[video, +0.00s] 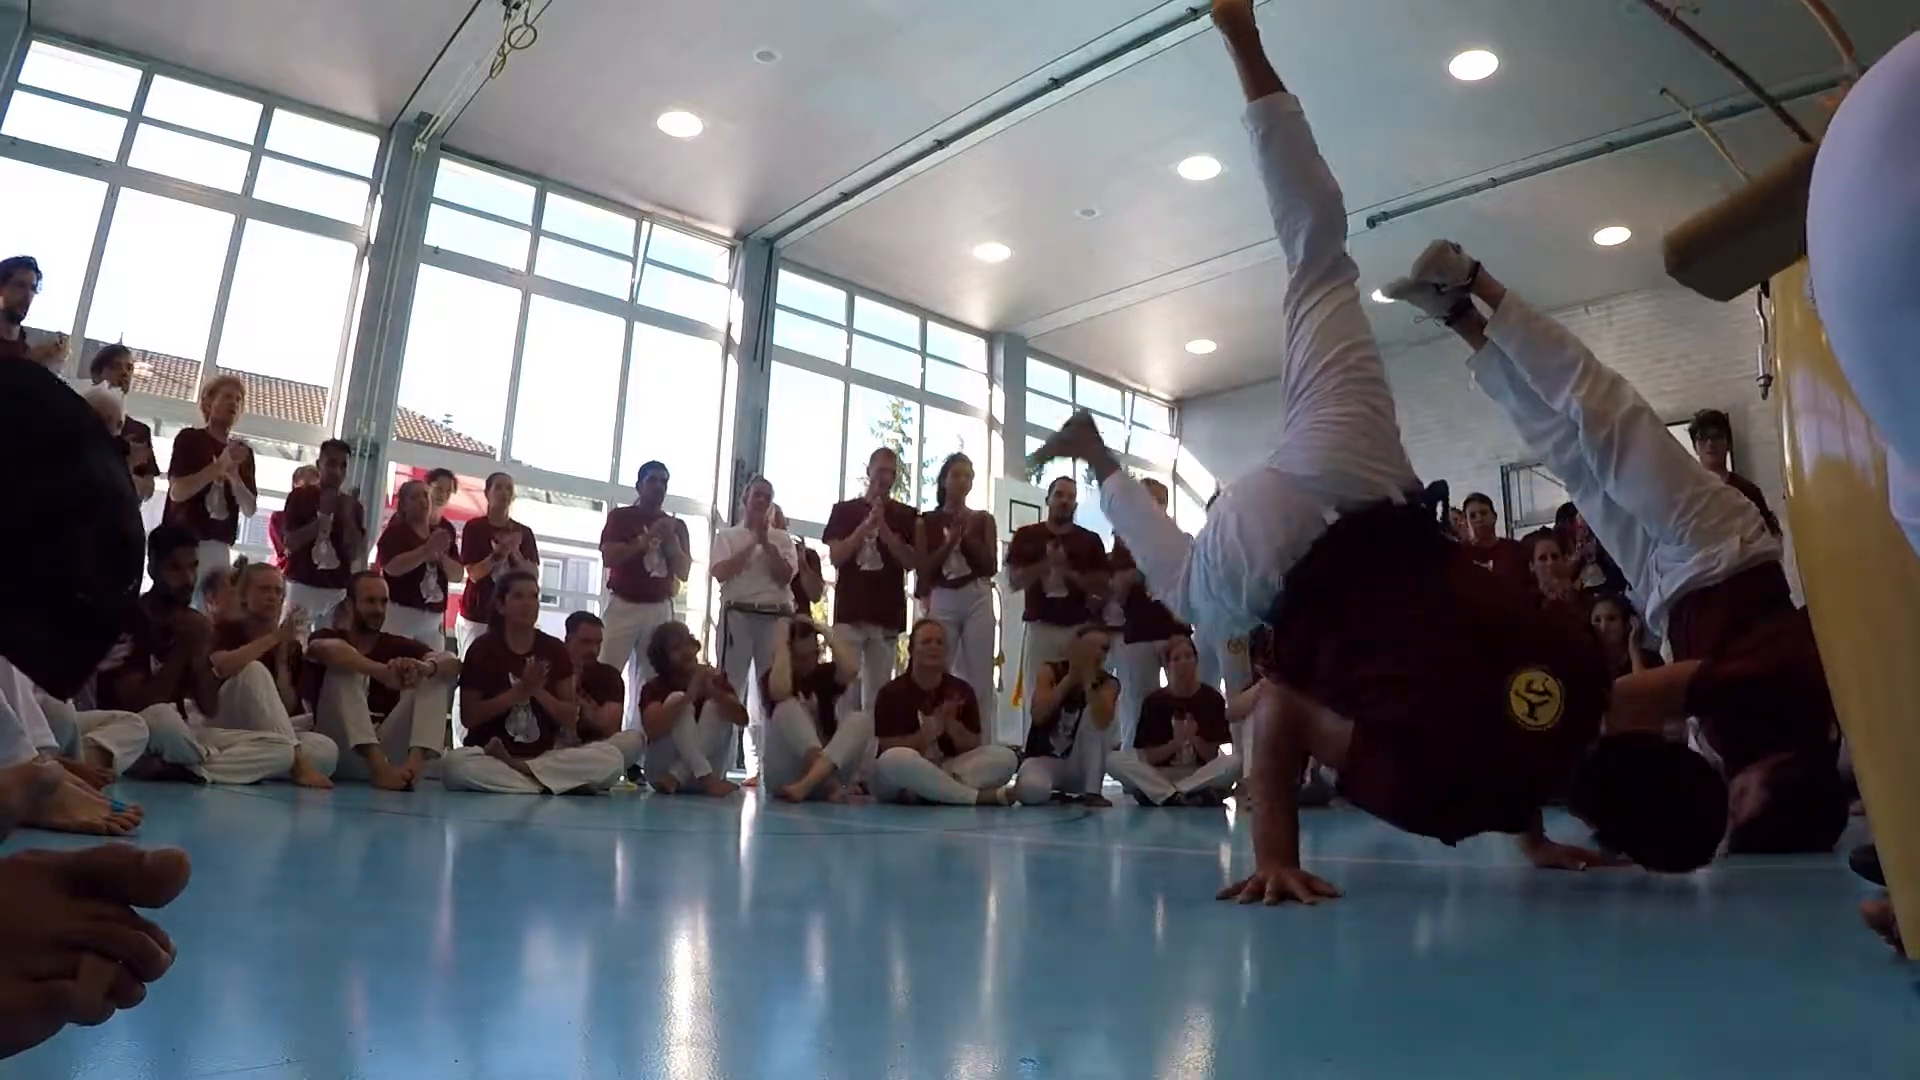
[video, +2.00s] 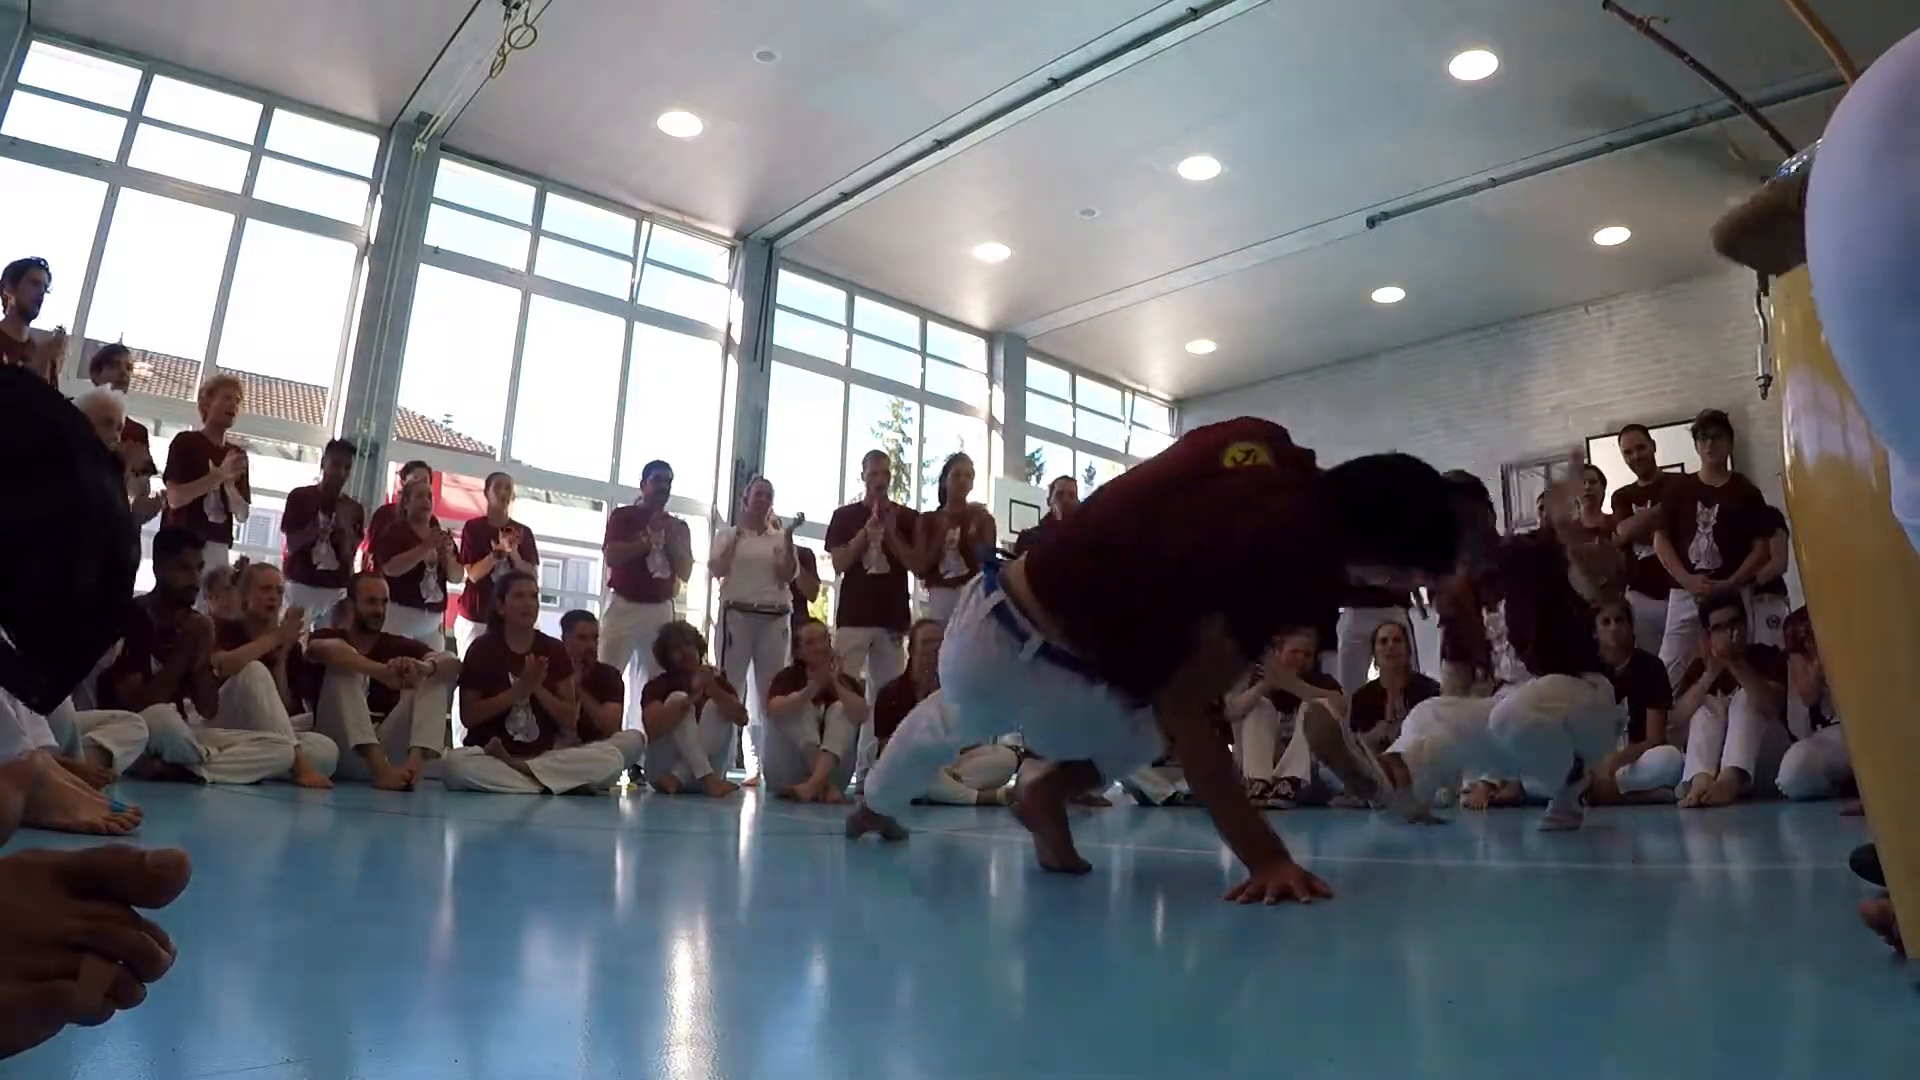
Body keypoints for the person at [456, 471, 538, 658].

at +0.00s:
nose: (504, 493)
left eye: (509, 489)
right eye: (498, 487)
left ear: (513, 495)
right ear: (487, 492)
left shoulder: (524, 533)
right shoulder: (474, 527)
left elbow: (533, 574)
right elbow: (474, 574)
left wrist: (515, 554)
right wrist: (497, 554)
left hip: (511, 619)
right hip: (475, 616)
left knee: (505, 680)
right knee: (471, 680)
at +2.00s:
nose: (503, 493)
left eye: (507, 488)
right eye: (497, 488)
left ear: (512, 495)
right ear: (486, 493)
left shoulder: (523, 532)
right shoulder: (473, 527)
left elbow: (531, 574)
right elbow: (473, 575)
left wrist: (514, 553)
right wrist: (496, 553)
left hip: (509, 621)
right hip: (474, 617)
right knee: (471, 679)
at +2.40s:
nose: (503, 493)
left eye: (507, 488)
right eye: (497, 488)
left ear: (512, 495)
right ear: (486, 493)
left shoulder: (523, 533)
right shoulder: (473, 527)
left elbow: (532, 574)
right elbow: (473, 575)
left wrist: (517, 549)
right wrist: (495, 555)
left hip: (509, 620)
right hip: (473, 617)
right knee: (471, 679)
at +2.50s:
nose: (503, 493)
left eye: (507, 488)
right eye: (497, 488)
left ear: (512, 495)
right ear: (486, 493)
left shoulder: (523, 533)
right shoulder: (473, 527)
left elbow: (532, 574)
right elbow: (472, 574)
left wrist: (517, 549)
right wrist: (494, 554)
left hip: (510, 622)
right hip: (474, 618)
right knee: (471, 675)